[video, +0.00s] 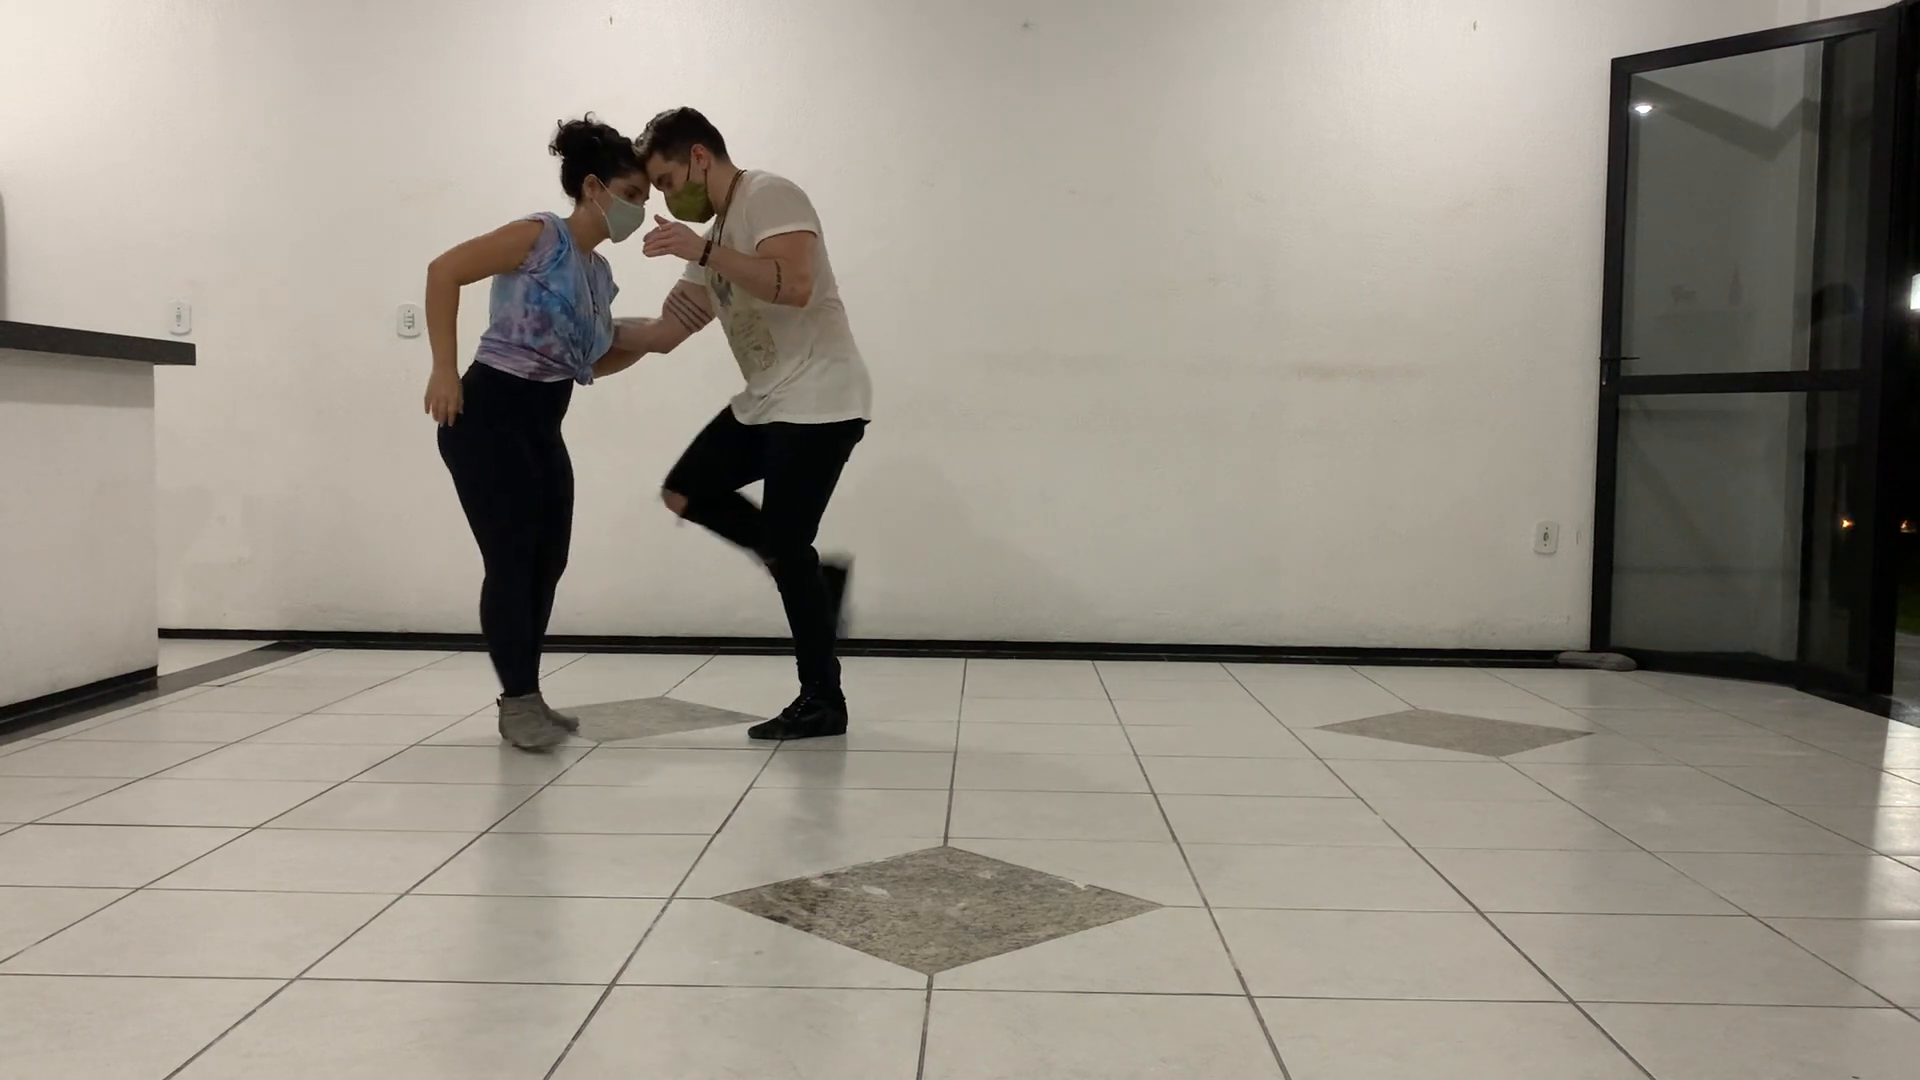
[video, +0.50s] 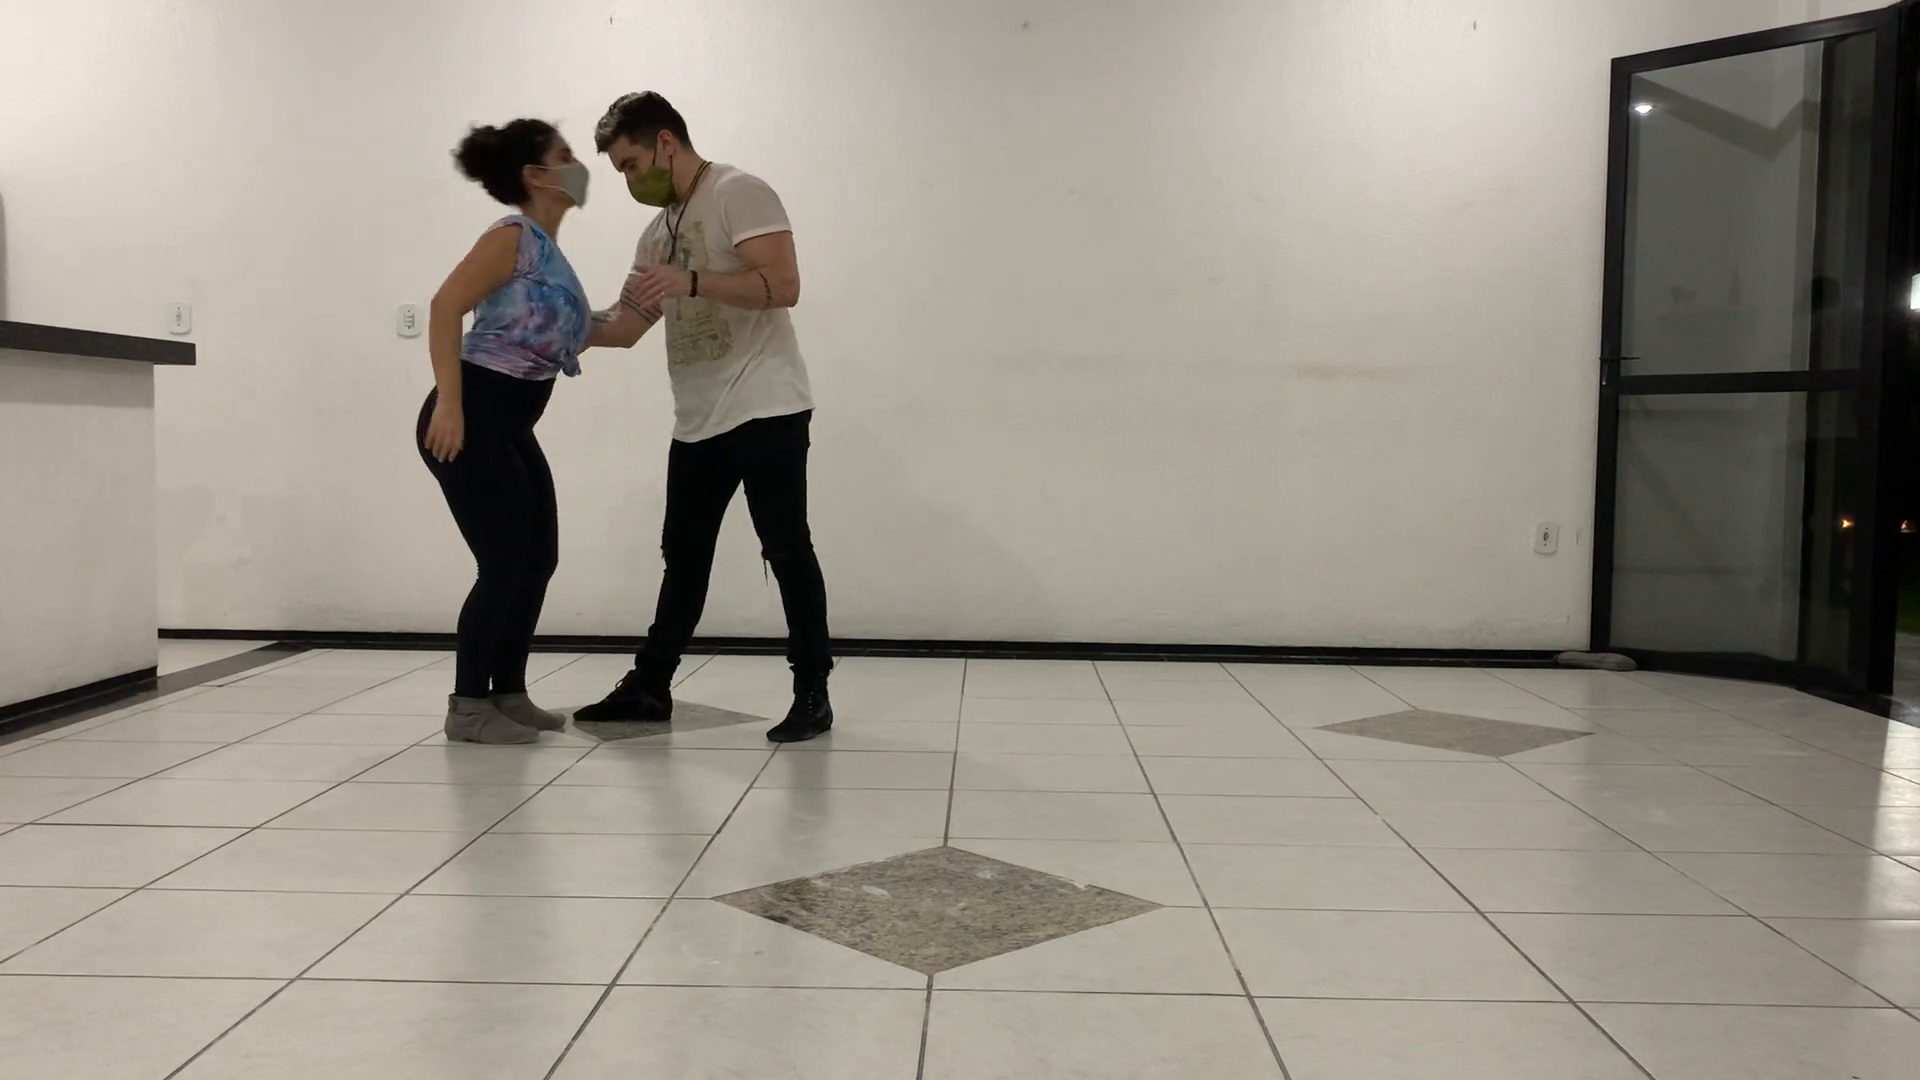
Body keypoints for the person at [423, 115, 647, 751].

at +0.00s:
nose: (641, 208)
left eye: (644, 196)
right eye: (633, 194)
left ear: (617, 194)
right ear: (593, 189)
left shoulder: (596, 278)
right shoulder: (540, 237)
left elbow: (590, 363)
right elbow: (444, 272)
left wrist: (657, 334)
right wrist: (445, 370)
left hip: (539, 422)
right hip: (487, 411)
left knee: (547, 557)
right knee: (512, 552)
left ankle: (524, 696)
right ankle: (517, 701)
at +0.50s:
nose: (579, 163)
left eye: (573, 153)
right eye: (565, 157)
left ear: (543, 175)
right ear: (534, 176)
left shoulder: (549, 261)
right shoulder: (512, 238)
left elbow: (620, 333)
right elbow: (445, 305)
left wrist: (658, 284)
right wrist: (448, 402)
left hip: (512, 419)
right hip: (472, 413)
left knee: (538, 552)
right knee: (506, 556)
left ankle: (506, 694)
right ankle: (469, 705)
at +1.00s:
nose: (494, 177)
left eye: (490, 167)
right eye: (483, 169)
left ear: (451, 185)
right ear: (449, 183)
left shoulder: (478, 248)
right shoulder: (447, 257)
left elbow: (536, 324)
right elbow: (469, 343)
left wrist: (620, 300)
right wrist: (566, 386)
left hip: (525, 417)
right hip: (492, 420)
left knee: (552, 558)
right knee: (526, 563)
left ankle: (508, 693)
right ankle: (474, 705)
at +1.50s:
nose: (498, 182)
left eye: (495, 170)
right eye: (488, 171)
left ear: (453, 182)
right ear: (454, 180)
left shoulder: (467, 248)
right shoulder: (440, 248)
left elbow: (518, 330)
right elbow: (495, 284)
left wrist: (578, 298)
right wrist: (579, 296)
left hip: (508, 414)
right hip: (485, 418)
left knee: (543, 559)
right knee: (527, 564)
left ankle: (507, 692)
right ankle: (474, 705)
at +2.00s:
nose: (541, 173)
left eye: (538, 162)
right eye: (530, 162)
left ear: (499, 173)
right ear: (497, 172)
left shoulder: (514, 252)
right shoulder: (476, 238)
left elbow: (583, 335)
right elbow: (530, 312)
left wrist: (646, 306)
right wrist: (606, 268)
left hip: (511, 422)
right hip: (469, 425)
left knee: (546, 554)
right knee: (519, 562)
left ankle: (505, 690)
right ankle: (477, 705)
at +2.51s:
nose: (531, 189)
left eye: (529, 177)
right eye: (523, 178)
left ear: (477, 185)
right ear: (488, 186)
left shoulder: (428, 257)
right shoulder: (507, 259)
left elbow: (429, 332)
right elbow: (554, 356)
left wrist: (521, 310)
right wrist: (632, 332)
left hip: (404, 428)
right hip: (451, 434)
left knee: (493, 560)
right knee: (524, 566)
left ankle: (497, 689)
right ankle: (478, 706)